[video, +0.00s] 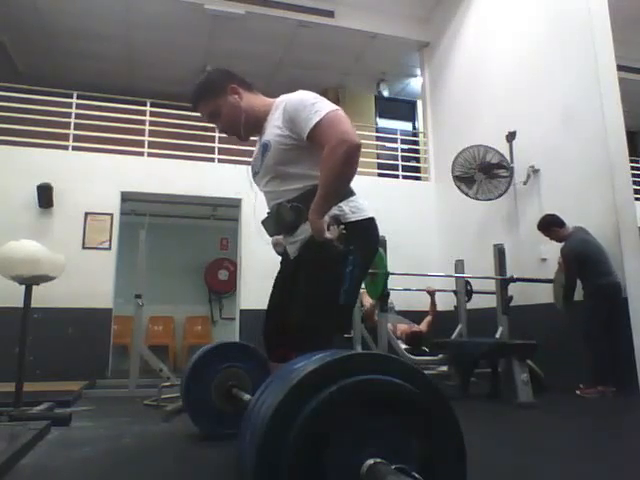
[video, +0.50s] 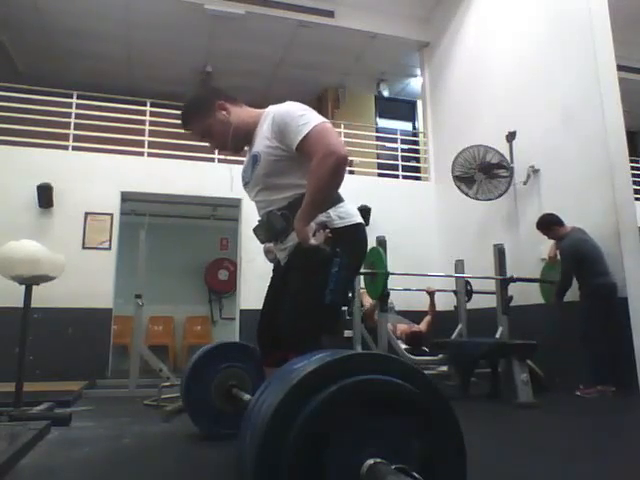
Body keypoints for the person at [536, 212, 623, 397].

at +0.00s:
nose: (551, 239)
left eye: (549, 236)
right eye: (548, 236)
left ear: (554, 230)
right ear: (561, 224)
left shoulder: (568, 249)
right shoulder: (580, 232)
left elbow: (570, 282)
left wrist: (566, 304)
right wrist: (566, 263)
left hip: (598, 294)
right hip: (613, 289)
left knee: (593, 337)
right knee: (608, 337)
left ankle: (597, 384)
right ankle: (610, 382)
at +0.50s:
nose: (548, 238)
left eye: (547, 235)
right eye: (546, 235)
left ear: (552, 230)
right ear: (559, 224)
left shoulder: (567, 246)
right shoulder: (578, 232)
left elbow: (566, 278)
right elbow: (562, 235)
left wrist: (558, 297)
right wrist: (554, 248)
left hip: (594, 294)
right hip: (608, 289)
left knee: (591, 336)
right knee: (603, 336)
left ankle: (595, 383)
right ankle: (608, 382)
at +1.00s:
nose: (548, 240)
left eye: (546, 236)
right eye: (545, 237)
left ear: (550, 232)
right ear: (557, 225)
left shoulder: (567, 245)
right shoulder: (575, 233)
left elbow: (569, 277)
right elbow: (558, 235)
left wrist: (560, 296)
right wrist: (550, 248)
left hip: (593, 293)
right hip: (605, 289)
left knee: (591, 337)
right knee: (600, 337)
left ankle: (595, 383)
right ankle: (606, 382)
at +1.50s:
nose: (545, 230)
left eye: (547, 225)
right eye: (543, 226)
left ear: (558, 223)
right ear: (559, 224)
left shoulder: (566, 243)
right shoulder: (570, 234)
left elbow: (566, 277)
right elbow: (553, 238)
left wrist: (548, 294)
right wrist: (535, 246)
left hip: (592, 292)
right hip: (598, 289)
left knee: (591, 337)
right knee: (596, 336)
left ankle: (595, 383)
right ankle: (604, 382)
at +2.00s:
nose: (553, 220)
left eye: (558, 216)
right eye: (552, 216)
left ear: (569, 217)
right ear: (553, 217)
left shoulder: (574, 240)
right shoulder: (562, 233)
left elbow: (565, 274)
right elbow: (545, 246)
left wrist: (540, 290)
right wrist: (524, 252)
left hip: (593, 291)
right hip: (583, 290)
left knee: (593, 336)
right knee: (589, 335)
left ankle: (599, 384)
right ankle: (599, 381)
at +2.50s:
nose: (567, 214)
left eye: (572, 210)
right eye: (565, 210)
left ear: (582, 212)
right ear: (563, 213)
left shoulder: (586, 235)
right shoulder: (567, 236)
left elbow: (585, 266)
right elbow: (553, 257)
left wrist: (563, 284)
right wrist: (531, 258)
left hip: (598, 290)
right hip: (583, 291)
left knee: (598, 335)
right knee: (588, 334)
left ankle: (603, 383)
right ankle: (597, 381)